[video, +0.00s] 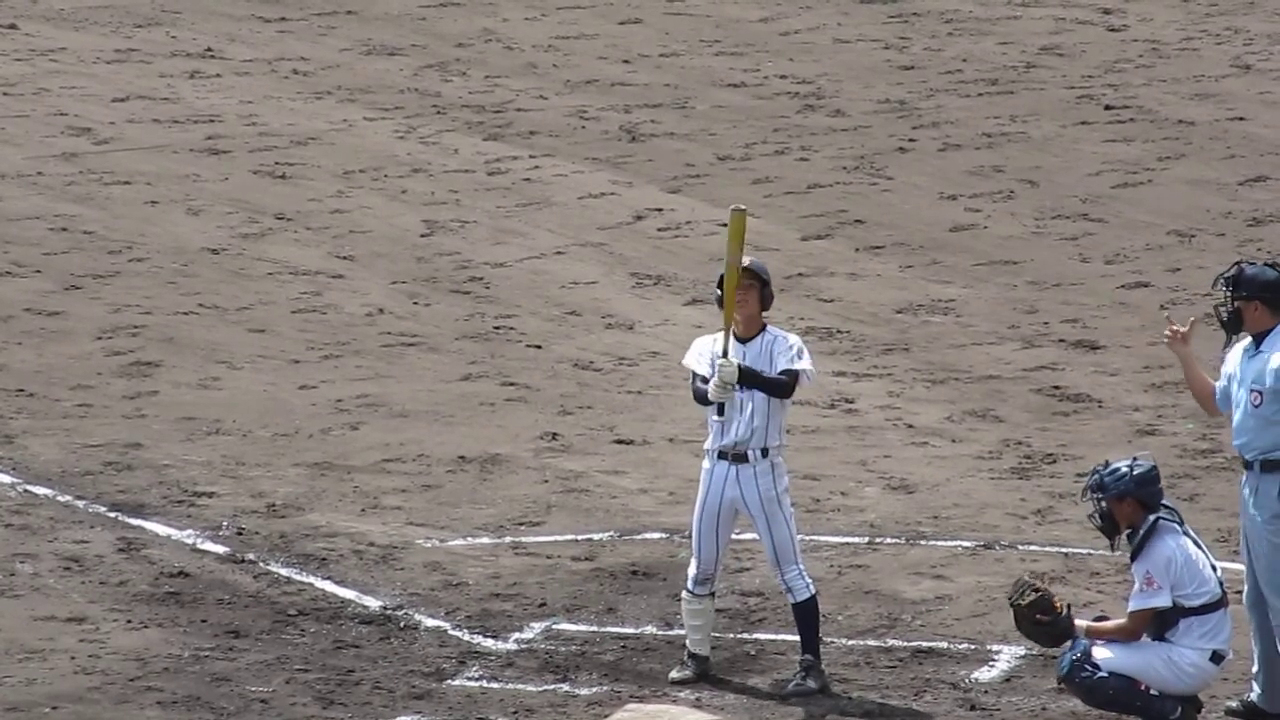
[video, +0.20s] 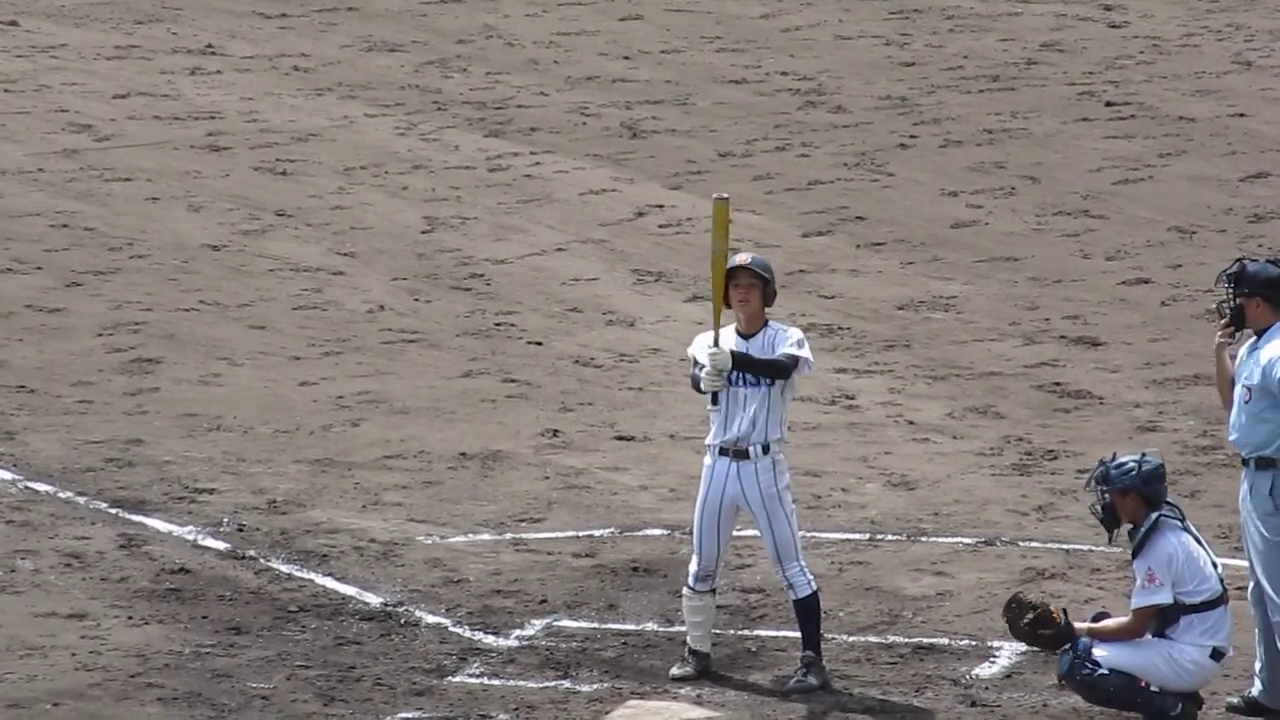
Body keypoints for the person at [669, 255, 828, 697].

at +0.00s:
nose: (740, 296)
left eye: (748, 289)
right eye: (734, 289)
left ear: (765, 297)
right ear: (724, 296)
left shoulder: (784, 343)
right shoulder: (707, 346)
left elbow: (786, 388)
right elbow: (697, 393)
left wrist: (743, 375)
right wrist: (714, 391)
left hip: (762, 470)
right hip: (716, 469)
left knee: (789, 569)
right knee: (702, 567)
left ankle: (811, 665)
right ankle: (696, 658)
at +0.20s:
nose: (742, 293)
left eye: (751, 286)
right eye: (735, 286)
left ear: (767, 293)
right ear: (727, 294)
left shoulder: (787, 337)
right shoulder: (709, 342)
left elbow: (784, 369)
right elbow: (696, 378)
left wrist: (730, 358)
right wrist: (705, 378)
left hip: (764, 466)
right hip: (716, 465)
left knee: (791, 567)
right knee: (703, 564)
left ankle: (813, 663)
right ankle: (698, 655)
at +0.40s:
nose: (736, 296)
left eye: (746, 289)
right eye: (730, 289)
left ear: (764, 294)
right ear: (723, 295)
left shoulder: (784, 335)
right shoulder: (709, 341)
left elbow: (779, 361)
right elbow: (694, 377)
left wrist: (723, 353)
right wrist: (696, 377)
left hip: (760, 465)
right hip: (713, 464)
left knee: (786, 566)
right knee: (699, 563)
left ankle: (809, 663)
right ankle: (693, 655)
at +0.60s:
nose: (718, 295)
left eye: (725, 288)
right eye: (717, 287)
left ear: (748, 294)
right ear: (723, 294)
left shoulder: (780, 333)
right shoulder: (708, 339)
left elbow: (771, 358)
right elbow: (696, 394)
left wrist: (713, 357)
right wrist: (691, 381)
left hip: (760, 464)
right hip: (713, 462)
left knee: (784, 563)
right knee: (698, 561)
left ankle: (809, 662)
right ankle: (692, 654)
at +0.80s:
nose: (703, 298)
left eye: (710, 293)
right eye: (704, 291)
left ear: (732, 299)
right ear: (730, 299)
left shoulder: (774, 339)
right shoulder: (699, 344)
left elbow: (753, 374)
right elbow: (684, 396)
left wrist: (695, 367)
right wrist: (678, 384)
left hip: (758, 465)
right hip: (712, 464)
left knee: (778, 566)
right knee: (696, 561)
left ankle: (805, 663)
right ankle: (689, 655)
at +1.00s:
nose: (704, 302)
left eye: (711, 297)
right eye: (706, 295)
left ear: (729, 303)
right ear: (733, 303)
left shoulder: (771, 345)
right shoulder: (702, 346)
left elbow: (743, 388)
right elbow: (676, 397)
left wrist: (685, 370)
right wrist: (668, 389)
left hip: (757, 471)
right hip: (714, 468)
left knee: (773, 576)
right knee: (697, 566)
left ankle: (803, 667)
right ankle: (688, 657)